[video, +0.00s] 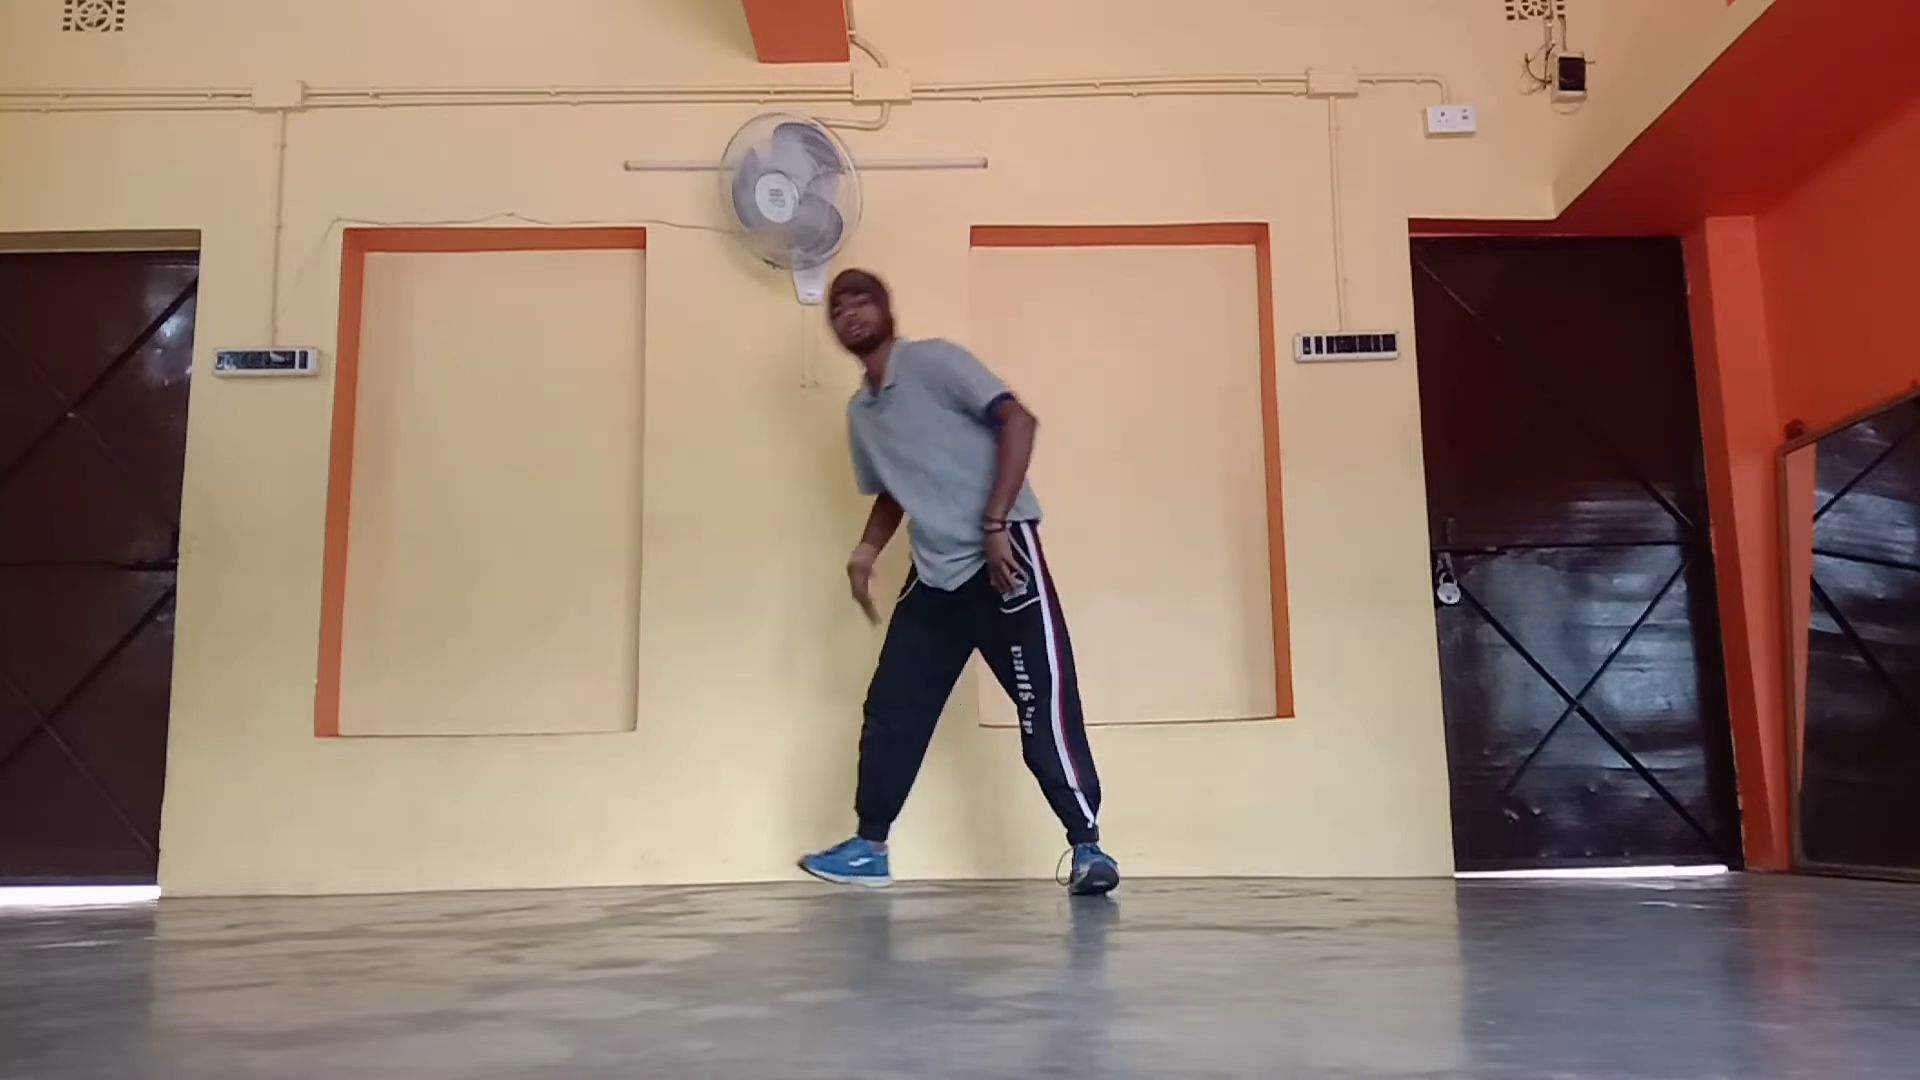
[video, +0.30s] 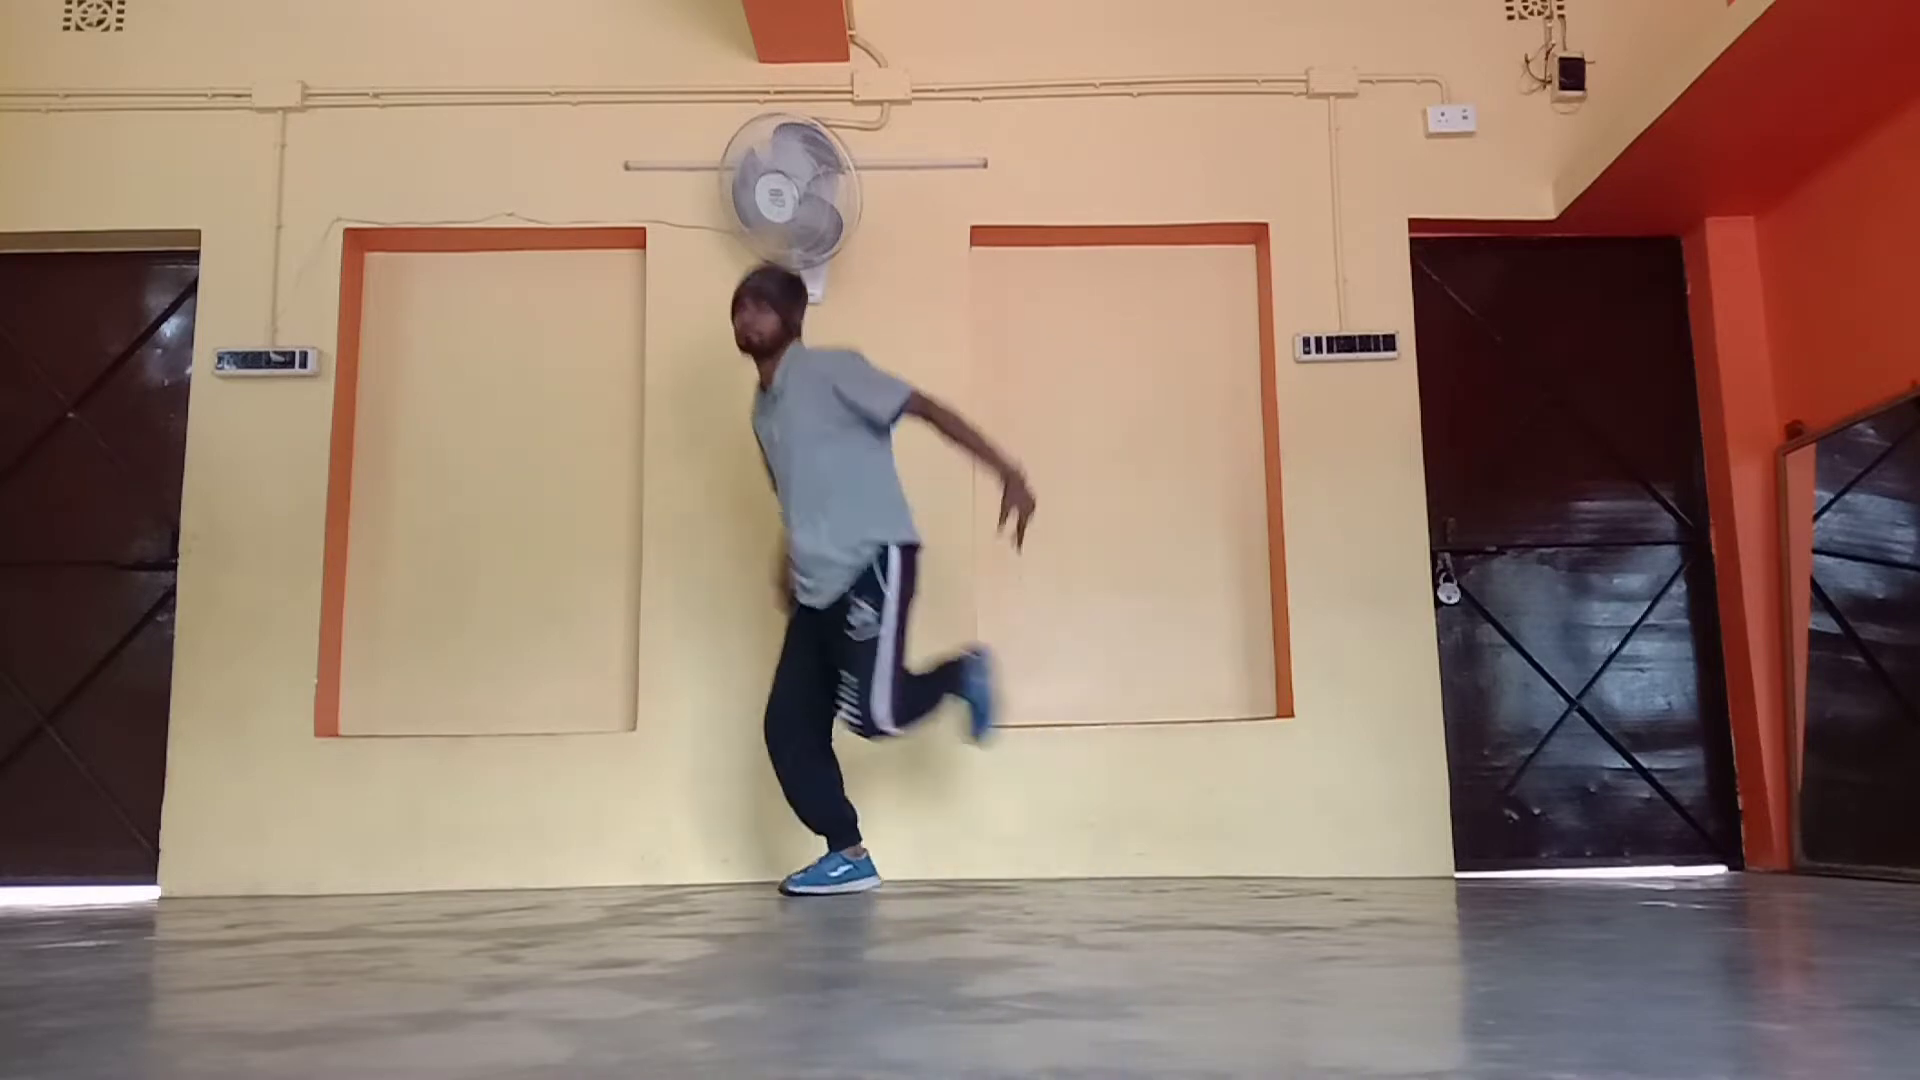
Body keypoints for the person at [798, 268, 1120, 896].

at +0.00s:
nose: (850, 312)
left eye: (862, 300)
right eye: (839, 307)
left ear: (889, 311)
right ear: (834, 328)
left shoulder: (934, 361)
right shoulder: (862, 412)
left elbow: (1018, 421)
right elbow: (894, 492)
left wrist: (995, 523)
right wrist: (866, 552)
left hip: (1004, 557)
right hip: (936, 575)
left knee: (1045, 701)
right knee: (894, 702)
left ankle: (1086, 847)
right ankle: (870, 844)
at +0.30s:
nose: (743, 318)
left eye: (757, 307)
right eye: (739, 307)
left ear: (790, 316)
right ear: (736, 318)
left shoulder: (831, 369)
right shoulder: (764, 408)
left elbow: (928, 410)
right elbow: (799, 495)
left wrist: (1009, 473)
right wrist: (792, 560)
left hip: (877, 557)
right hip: (820, 577)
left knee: (873, 712)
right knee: (790, 724)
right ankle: (848, 853)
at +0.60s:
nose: (711, 296)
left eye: (729, 286)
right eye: (707, 280)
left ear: (764, 292)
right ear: (699, 278)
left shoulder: (808, 351)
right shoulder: (675, 348)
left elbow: (910, 340)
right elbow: (595, 357)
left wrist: (1004, 305)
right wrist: (513, 348)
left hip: (758, 552)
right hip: (687, 555)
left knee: (676, 692)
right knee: (712, 708)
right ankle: (757, 854)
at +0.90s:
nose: (665, 149)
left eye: (684, 139)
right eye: (653, 135)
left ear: (708, 161)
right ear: (632, 154)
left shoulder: (742, 250)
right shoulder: (601, 261)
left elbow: (768, 378)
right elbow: (568, 378)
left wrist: (646, 375)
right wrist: (579, 422)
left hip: (684, 497)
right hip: (594, 478)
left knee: (627, 678)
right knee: (490, 570)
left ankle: (561, 853)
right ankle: (529, 702)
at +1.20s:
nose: (685, 88)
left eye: (704, 78)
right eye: (666, 72)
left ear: (723, 106)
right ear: (631, 94)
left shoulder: (763, 221)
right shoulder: (561, 216)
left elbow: (823, 353)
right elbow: (485, 337)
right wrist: (455, 422)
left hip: (698, 495)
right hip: (576, 473)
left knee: (660, 722)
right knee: (515, 670)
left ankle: (521, 804)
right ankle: (451, 891)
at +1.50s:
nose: (1024, 28)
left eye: (1041, 21)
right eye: (1015, 3)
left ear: (1036, 39)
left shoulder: (955, 132)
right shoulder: (830, 34)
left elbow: (941, 223)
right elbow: (662, 10)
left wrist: (970, 285)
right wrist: (590, 0)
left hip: (891, 404)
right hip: (788, 369)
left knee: (988, 610)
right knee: (676, 629)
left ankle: (1003, 880)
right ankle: (544, 896)